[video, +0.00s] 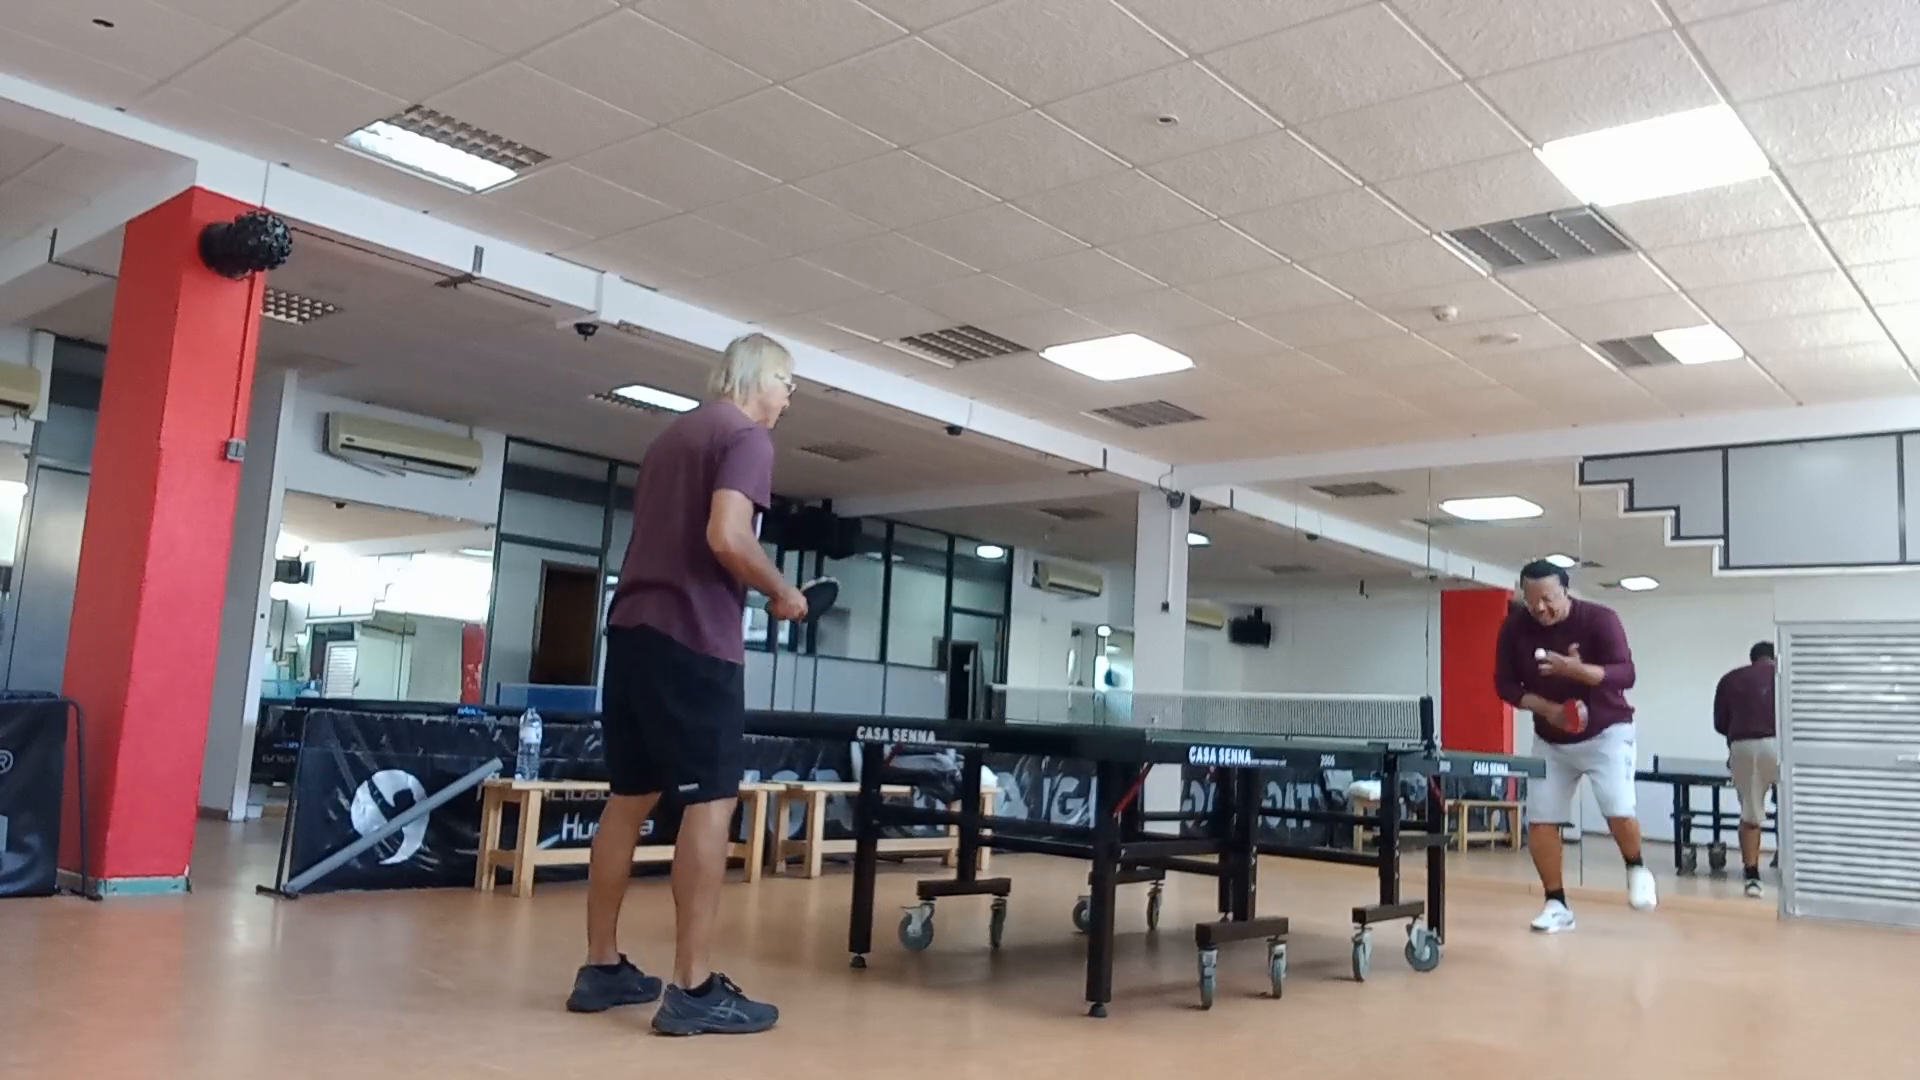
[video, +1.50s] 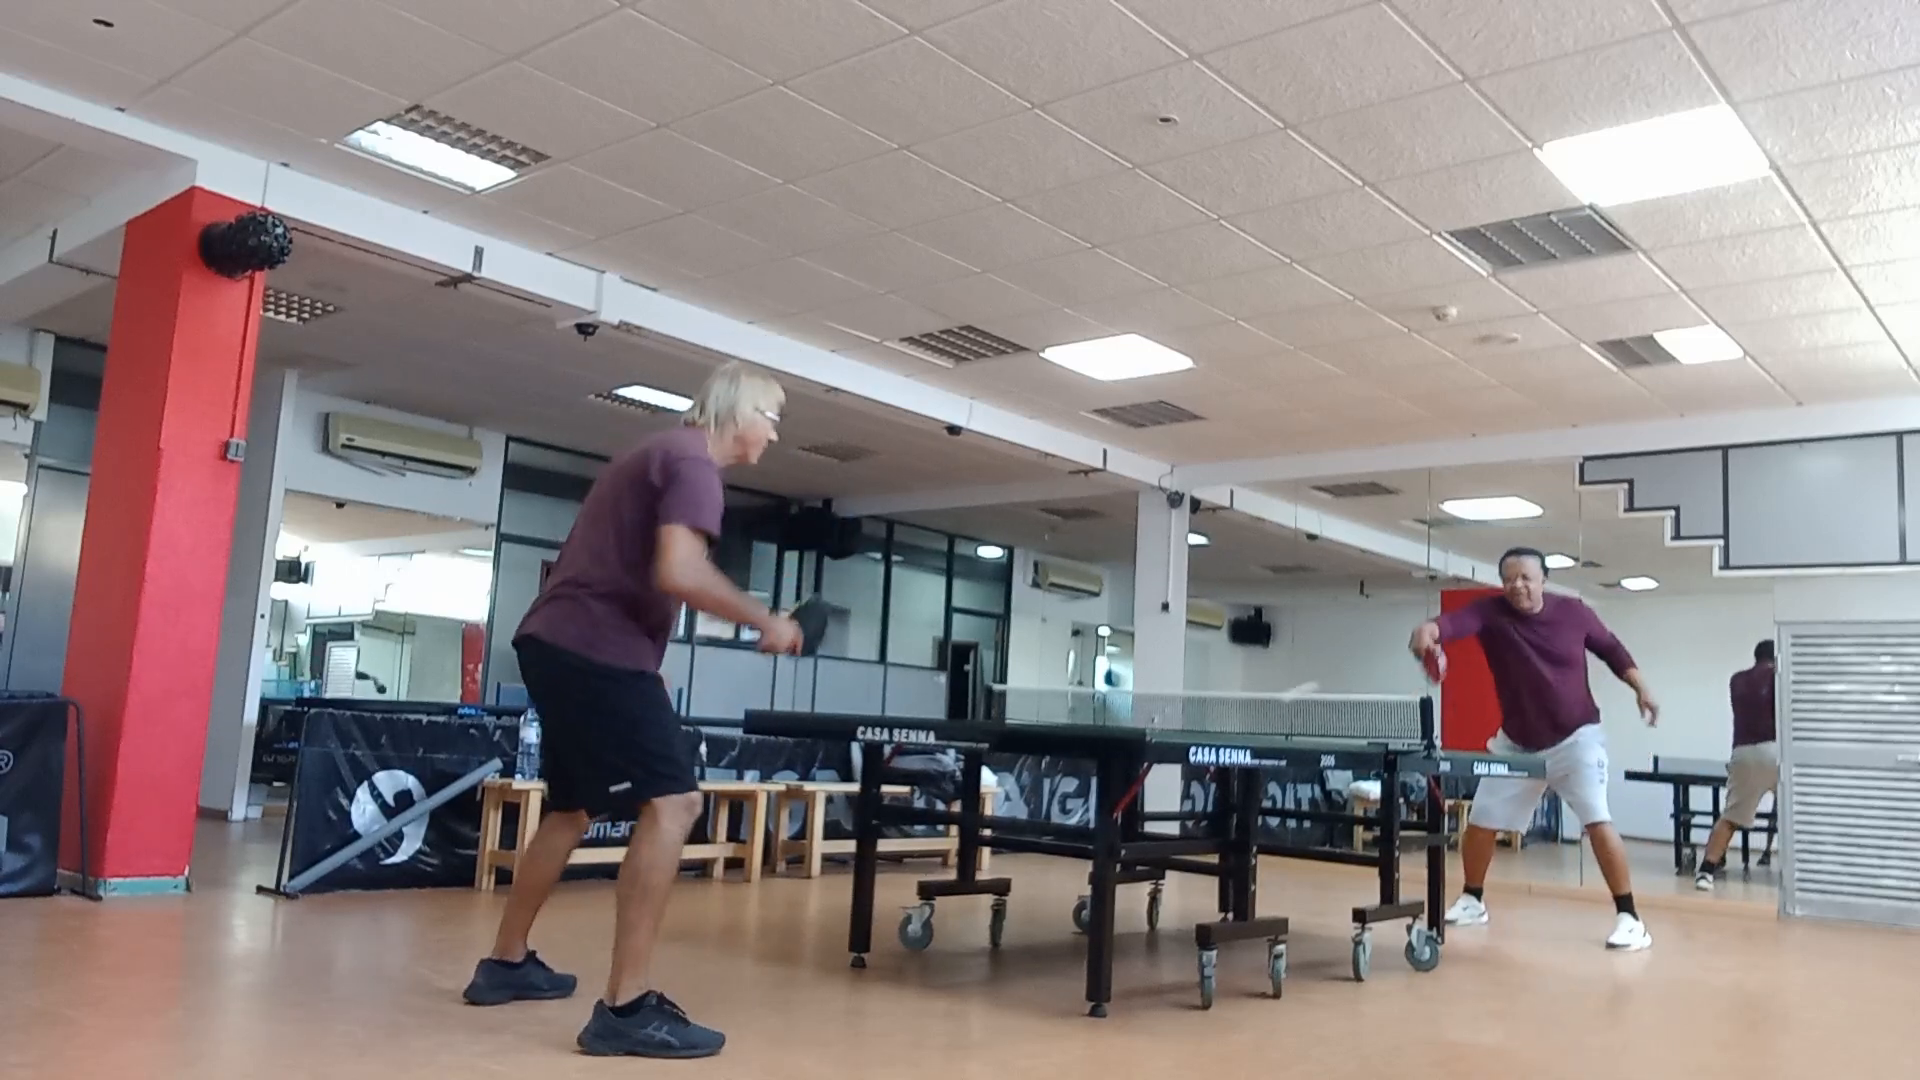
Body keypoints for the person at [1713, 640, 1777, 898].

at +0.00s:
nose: (1772, 663)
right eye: (1773, 658)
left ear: (1751, 658)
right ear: (1774, 658)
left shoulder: (1730, 678)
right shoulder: (1783, 675)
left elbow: (1720, 723)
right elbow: (1793, 713)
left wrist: (1742, 733)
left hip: (1741, 745)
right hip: (1776, 744)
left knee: (1750, 814)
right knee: (1791, 805)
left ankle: (1751, 876)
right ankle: (1785, 859)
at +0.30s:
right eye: (1779, 665)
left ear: (1759, 663)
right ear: (1777, 664)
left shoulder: (1739, 681)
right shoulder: (1784, 681)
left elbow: (1737, 713)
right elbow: (1791, 714)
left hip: (1744, 752)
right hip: (1776, 750)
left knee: (1751, 816)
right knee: (1790, 809)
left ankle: (1752, 875)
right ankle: (1782, 855)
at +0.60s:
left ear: (1766, 652)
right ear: (1786, 654)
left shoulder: (1748, 671)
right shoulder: (1793, 677)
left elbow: (1729, 698)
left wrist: (1747, 687)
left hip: (1749, 748)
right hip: (1782, 748)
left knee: (1732, 811)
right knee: (1796, 812)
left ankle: (1714, 870)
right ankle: (1801, 872)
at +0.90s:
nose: (1768, 660)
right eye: (1769, 656)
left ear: (1746, 655)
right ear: (1771, 655)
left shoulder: (1727, 676)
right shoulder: (1783, 676)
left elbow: (1707, 713)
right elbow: (1796, 710)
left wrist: (1708, 734)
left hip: (1744, 751)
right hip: (1780, 750)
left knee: (1724, 814)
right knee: (1797, 813)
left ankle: (1709, 871)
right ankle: (1801, 873)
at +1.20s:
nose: (1763, 668)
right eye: (1766, 663)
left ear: (1742, 665)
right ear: (1768, 663)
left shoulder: (1727, 690)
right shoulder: (1781, 682)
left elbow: (1723, 736)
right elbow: (1796, 720)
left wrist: (1744, 751)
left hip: (1747, 761)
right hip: (1783, 758)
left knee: (1725, 818)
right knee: (1800, 815)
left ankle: (1709, 872)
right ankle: (1806, 872)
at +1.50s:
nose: (1772, 663)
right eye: (1775, 658)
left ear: (1755, 657)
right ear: (1776, 658)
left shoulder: (1737, 679)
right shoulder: (1783, 677)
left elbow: (1742, 714)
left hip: (1744, 752)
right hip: (1779, 750)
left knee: (1730, 816)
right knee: (1800, 815)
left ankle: (1706, 870)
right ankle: (1804, 874)